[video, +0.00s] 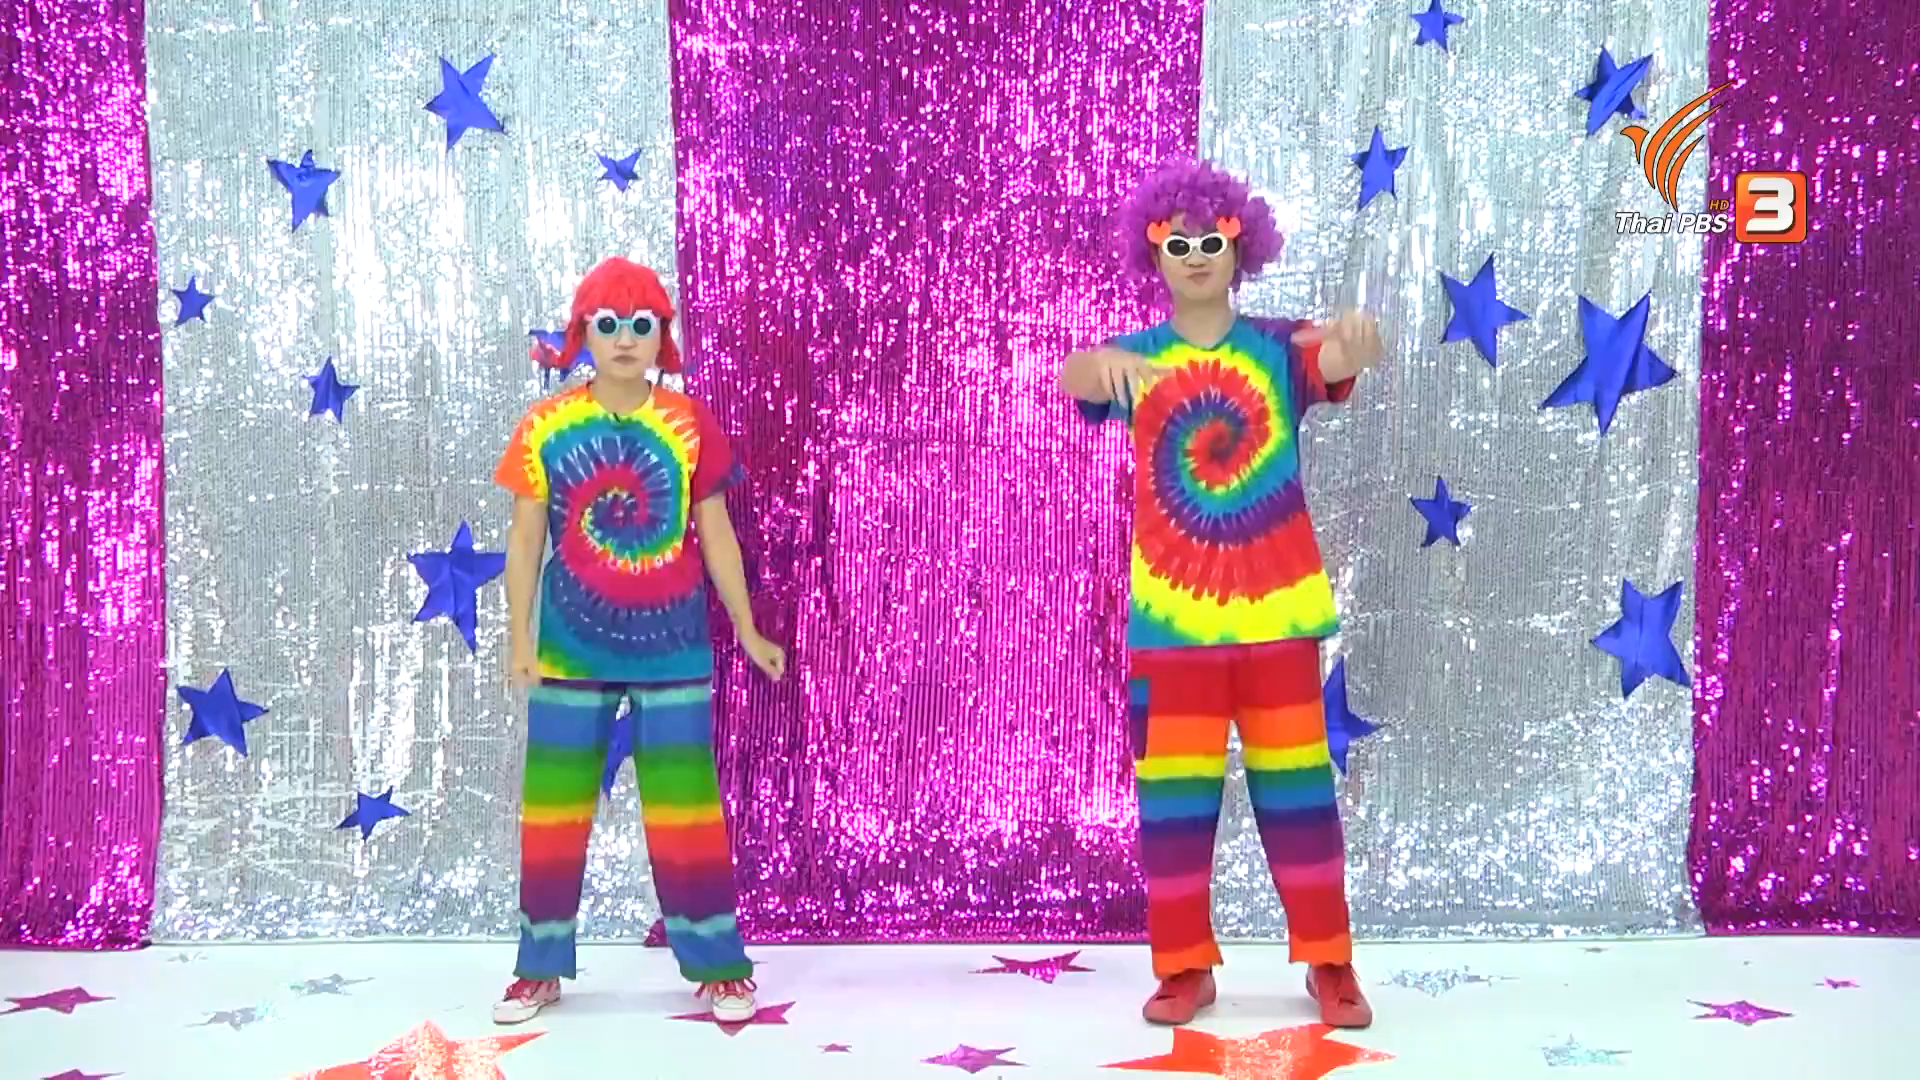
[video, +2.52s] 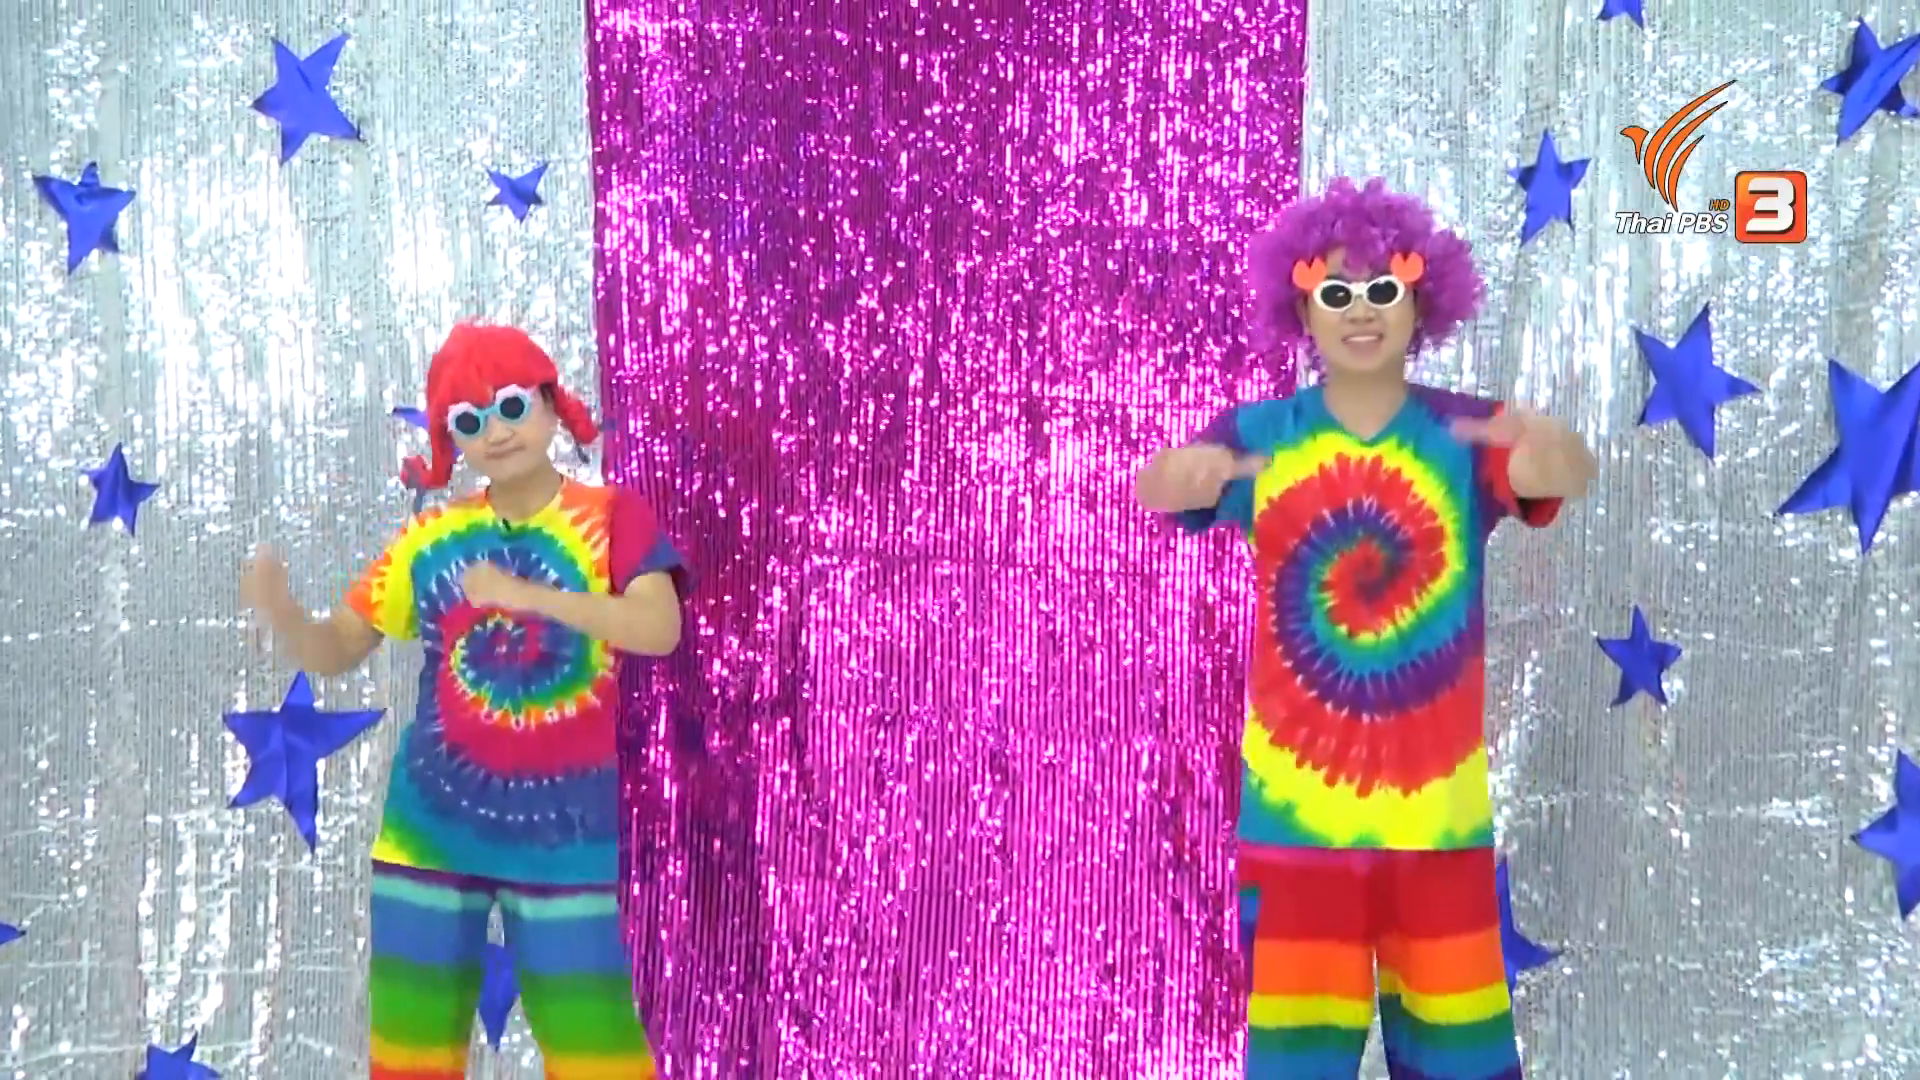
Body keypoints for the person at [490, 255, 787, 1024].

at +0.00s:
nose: (624, 338)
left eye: (640, 324)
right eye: (608, 324)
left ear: (662, 338)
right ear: (585, 336)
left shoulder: (690, 423)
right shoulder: (548, 426)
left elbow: (717, 534)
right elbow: (526, 538)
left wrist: (747, 629)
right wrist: (520, 640)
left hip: (673, 650)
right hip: (572, 650)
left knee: (689, 810)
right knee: (551, 813)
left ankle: (720, 968)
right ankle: (539, 968)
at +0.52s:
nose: (612, 339)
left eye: (629, 324)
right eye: (595, 325)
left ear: (652, 338)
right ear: (573, 339)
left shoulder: (682, 417)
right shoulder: (550, 428)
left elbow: (707, 529)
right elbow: (535, 535)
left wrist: (682, 475)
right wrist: (502, 511)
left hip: (669, 650)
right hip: (567, 650)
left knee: (695, 812)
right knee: (550, 812)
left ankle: (721, 974)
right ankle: (539, 972)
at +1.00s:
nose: (613, 337)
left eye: (631, 321)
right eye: (594, 322)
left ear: (654, 339)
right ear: (567, 336)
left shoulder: (674, 425)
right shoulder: (529, 425)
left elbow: (699, 543)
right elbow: (509, 543)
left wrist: (743, 461)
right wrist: (551, 463)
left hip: (675, 663)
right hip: (568, 666)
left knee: (687, 836)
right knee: (541, 837)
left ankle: (708, 1012)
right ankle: (512, 1013)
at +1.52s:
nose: (543, 351)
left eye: (561, 331)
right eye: (523, 336)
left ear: (595, 340)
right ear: (504, 353)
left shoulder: (644, 430)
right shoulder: (484, 452)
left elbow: (719, 526)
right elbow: (452, 578)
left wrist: (622, 460)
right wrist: (405, 489)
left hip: (612, 708)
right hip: (492, 708)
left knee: (642, 916)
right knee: (477, 917)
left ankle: (677, 1071)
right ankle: (477, 1072)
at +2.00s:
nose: (542, 380)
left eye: (565, 363)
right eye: (523, 359)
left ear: (588, 382)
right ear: (491, 370)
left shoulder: (614, 472)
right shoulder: (434, 478)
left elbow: (730, 555)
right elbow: (359, 602)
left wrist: (729, 541)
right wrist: (466, 561)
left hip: (615, 765)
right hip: (486, 768)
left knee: (638, 996)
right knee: (455, 997)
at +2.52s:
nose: (496, 431)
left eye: (513, 405)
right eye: (470, 421)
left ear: (553, 407)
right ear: (453, 445)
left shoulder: (611, 517)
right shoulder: (429, 541)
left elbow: (659, 626)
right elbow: (335, 650)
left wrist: (532, 596)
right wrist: (285, 615)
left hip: (567, 838)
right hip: (430, 836)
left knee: (596, 1051)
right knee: (410, 1049)